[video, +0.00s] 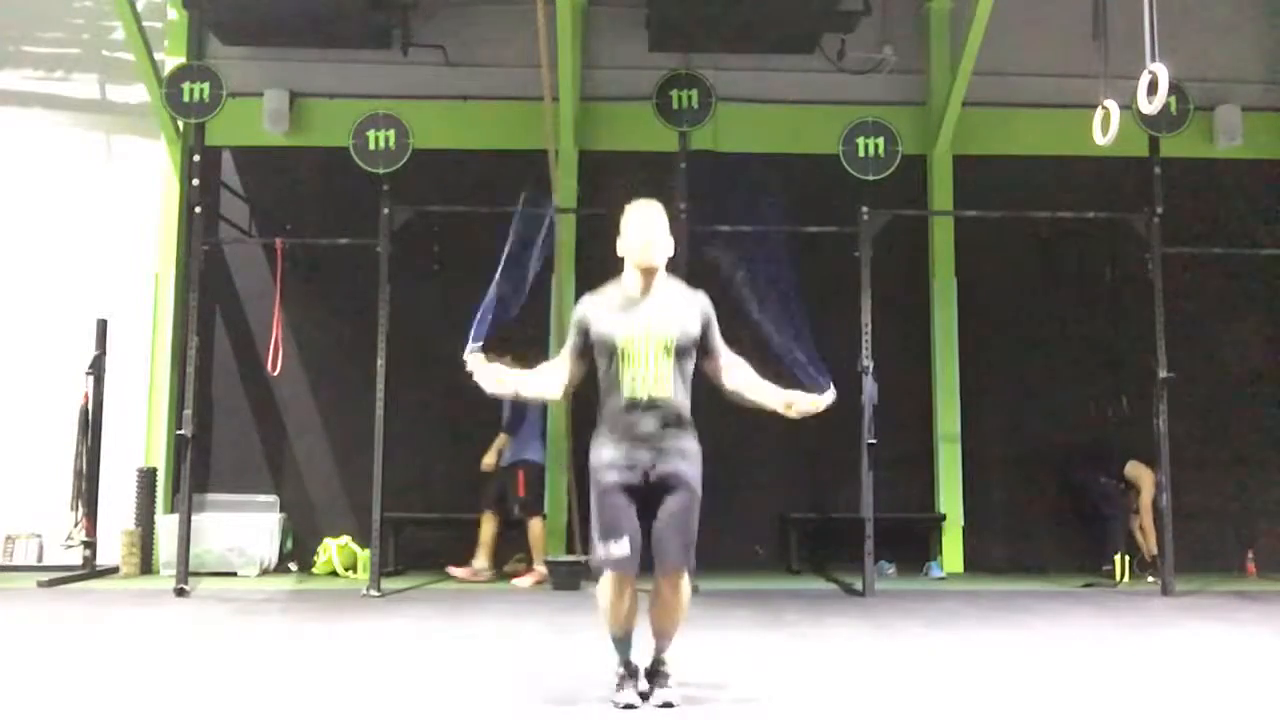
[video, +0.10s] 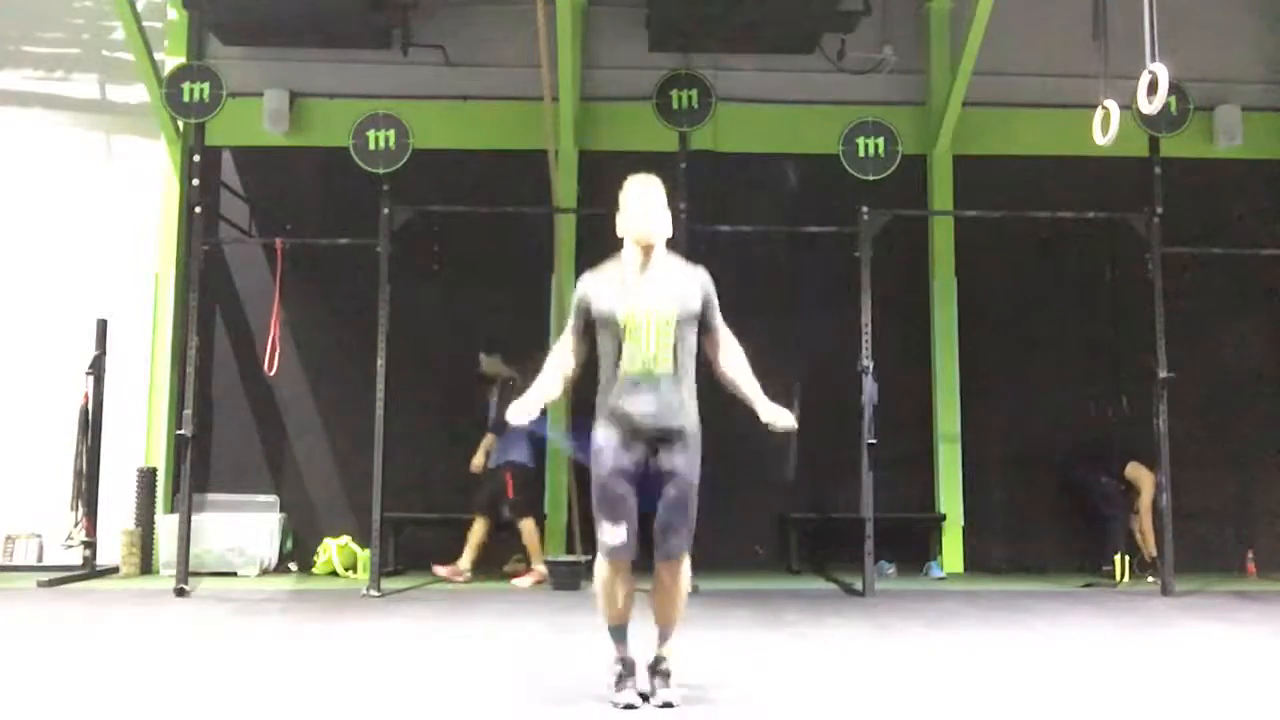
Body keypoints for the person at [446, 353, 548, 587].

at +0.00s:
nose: (493, 367)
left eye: (495, 361)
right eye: (491, 361)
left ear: (508, 359)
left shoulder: (518, 382)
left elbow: (514, 420)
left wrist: (494, 449)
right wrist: (504, 453)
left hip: (528, 454)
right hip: (511, 456)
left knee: (532, 513)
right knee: (490, 509)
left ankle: (539, 566)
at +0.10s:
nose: (482, 376)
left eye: (484, 371)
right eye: (482, 372)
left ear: (493, 368)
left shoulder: (506, 383)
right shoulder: (502, 386)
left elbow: (499, 421)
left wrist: (482, 450)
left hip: (515, 458)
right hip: (501, 460)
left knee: (522, 513)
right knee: (483, 512)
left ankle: (539, 567)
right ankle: (463, 566)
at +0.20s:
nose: (468, 359)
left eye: (472, 355)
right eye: (469, 355)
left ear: (485, 356)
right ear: (485, 357)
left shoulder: (490, 381)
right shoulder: (486, 380)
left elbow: (492, 416)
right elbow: (489, 421)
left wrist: (474, 450)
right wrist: (477, 450)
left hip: (498, 456)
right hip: (485, 457)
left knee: (504, 512)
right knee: (473, 513)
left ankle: (536, 564)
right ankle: (459, 567)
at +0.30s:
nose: (458, 357)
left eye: (463, 352)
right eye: (458, 353)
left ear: (479, 354)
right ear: (469, 356)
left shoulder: (483, 380)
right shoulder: (474, 382)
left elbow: (481, 417)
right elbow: (474, 421)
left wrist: (466, 449)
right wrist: (462, 455)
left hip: (483, 454)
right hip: (473, 454)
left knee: (475, 509)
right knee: (466, 510)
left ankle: (521, 553)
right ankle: (458, 566)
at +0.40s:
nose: (450, 356)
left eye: (454, 351)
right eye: (449, 351)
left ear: (469, 353)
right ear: (460, 354)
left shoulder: (475, 379)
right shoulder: (463, 381)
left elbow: (474, 415)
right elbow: (461, 420)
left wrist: (455, 445)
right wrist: (448, 450)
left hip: (472, 452)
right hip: (462, 452)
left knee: (456, 506)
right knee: (459, 509)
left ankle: (497, 547)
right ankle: (458, 565)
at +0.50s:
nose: (438, 355)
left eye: (443, 350)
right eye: (438, 350)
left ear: (459, 351)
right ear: (449, 353)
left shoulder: (467, 378)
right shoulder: (452, 383)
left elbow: (468, 412)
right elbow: (444, 426)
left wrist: (448, 442)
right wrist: (424, 451)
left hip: (464, 452)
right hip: (453, 452)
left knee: (437, 502)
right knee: (454, 506)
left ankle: (465, 552)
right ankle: (459, 562)